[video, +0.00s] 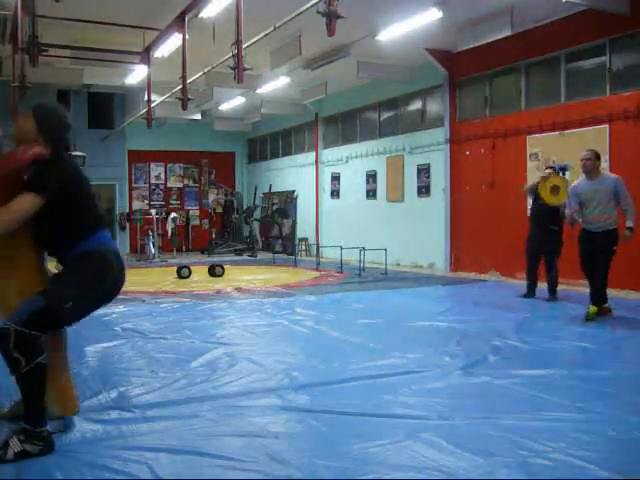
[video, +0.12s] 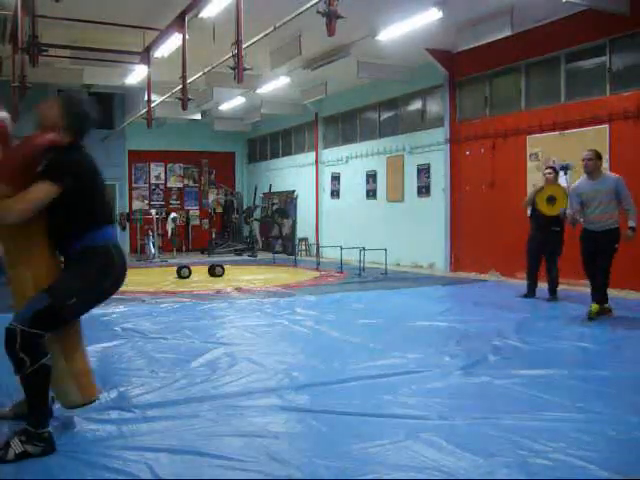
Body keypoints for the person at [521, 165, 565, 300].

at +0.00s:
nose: (549, 178)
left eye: (552, 174)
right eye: (547, 174)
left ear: (557, 177)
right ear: (543, 176)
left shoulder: (559, 193)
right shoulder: (537, 190)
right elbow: (527, 190)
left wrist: (559, 181)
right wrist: (540, 180)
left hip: (553, 232)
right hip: (536, 231)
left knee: (551, 264)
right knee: (532, 263)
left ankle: (552, 292)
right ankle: (530, 290)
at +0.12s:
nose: (548, 176)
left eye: (551, 173)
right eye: (546, 174)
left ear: (556, 176)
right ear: (543, 176)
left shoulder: (562, 192)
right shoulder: (538, 191)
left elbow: (567, 208)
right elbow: (526, 204)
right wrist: (535, 191)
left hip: (554, 230)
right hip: (537, 230)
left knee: (552, 262)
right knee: (532, 261)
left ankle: (553, 292)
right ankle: (531, 290)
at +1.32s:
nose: (543, 183)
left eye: (546, 181)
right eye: (541, 181)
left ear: (551, 182)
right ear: (536, 182)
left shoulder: (557, 195)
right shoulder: (532, 192)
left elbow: (560, 209)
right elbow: (519, 194)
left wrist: (555, 193)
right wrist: (526, 181)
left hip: (549, 233)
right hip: (532, 232)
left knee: (550, 264)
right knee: (531, 264)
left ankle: (552, 293)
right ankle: (532, 291)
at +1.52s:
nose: (535, 178)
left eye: (538, 175)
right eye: (534, 176)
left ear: (544, 178)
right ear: (533, 179)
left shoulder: (553, 192)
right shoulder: (531, 191)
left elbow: (565, 193)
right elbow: (519, 180)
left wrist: (560, 176)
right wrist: (530, 167)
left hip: (548, 229)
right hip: (533, 229)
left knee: (550, 263)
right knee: (532, 262)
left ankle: (552, 292)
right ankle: (533, 290)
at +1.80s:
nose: (532, 177)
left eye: (535, 174)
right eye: (531, 174)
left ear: (543, 175)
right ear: (529, 177)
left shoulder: (553, 188)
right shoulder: (531, 189)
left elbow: (561, 171)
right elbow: (520, 173)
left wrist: (562, 155)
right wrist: (529, 160)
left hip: (550, 227)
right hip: (535, 227)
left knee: (550, 260)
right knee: (533, 260)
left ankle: (552, 291)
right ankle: (533, 289)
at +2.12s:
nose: (539, 176)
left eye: (541, 174)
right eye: (537, 174)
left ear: (547, 176)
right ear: (534, 177)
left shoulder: (551, 188)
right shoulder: (532, 191)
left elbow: (553, 164)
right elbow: (517, 187)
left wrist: (549, 157)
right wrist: (519, 173)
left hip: (548, 225)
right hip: (535, 226)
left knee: (547, 260)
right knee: (533, 259)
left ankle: (551, 291)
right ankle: (536, 289)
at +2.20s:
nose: (537, 176)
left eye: (540, 174)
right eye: (538, 173)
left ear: (545, 176)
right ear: (541, 177)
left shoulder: (549, 189)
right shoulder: (537, 192)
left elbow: (549, 166)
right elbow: (520, 198)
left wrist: (538, 156)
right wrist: (518, 182)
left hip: (546, 227)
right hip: (536, 227)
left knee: (543, 259)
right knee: (533, 259)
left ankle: (551, 291)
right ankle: (536, 289)